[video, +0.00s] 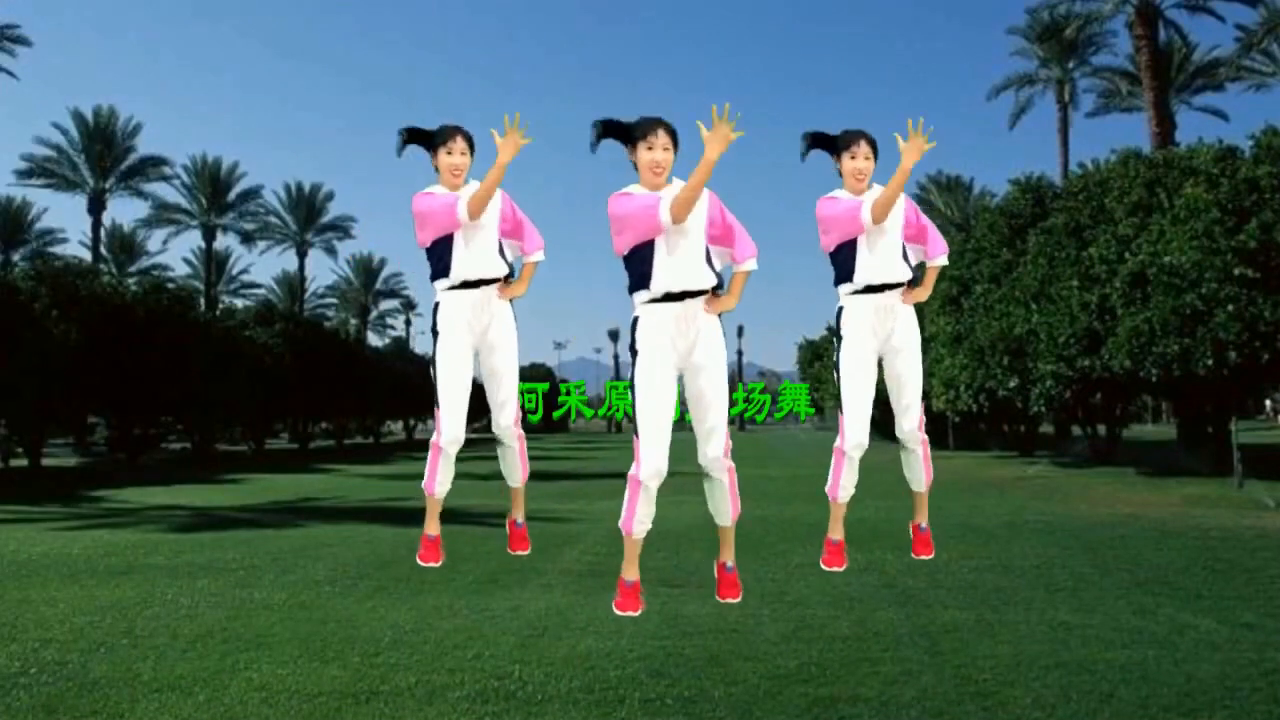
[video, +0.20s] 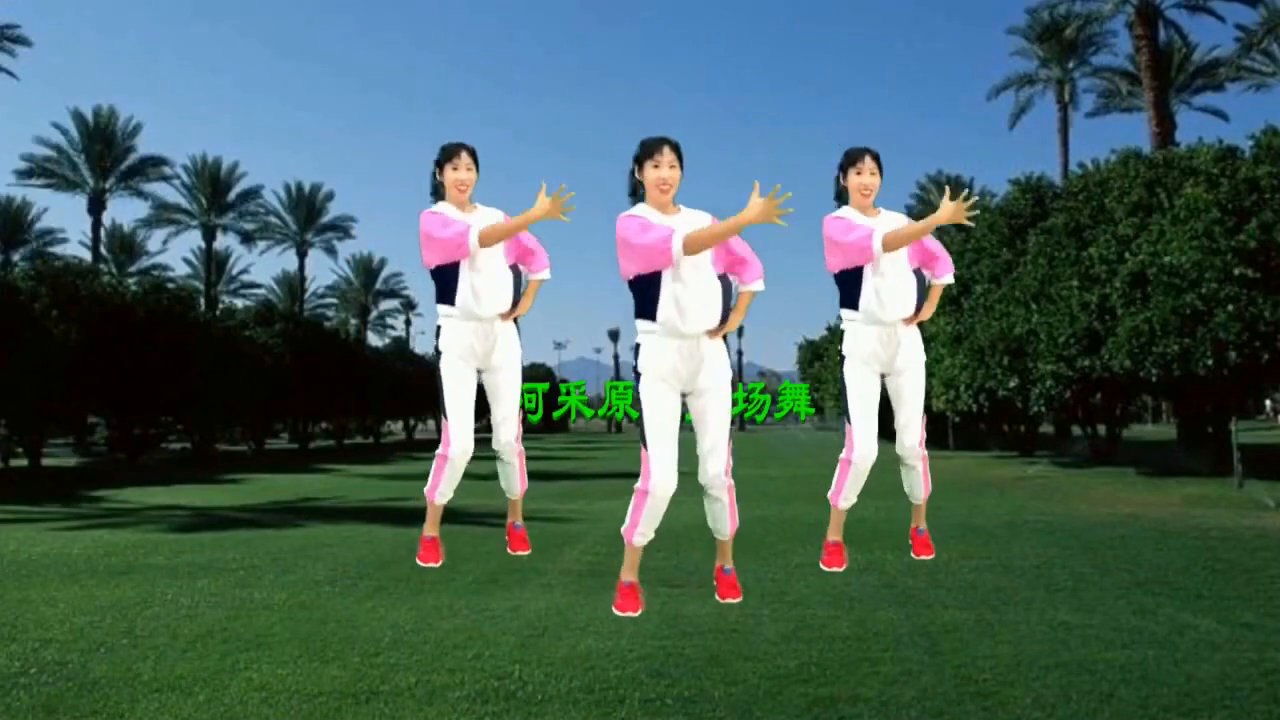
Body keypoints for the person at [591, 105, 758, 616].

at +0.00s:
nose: (658, 156)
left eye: (666, 149)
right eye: (649, 148)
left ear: (677, 157)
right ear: (632, 155)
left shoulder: (701, 199)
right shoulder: (622, 203)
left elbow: (743, 249)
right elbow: (676, 212)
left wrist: (731, 296)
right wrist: (710, 158)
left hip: (704, 320)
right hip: (655, 324)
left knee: (715, 451)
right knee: (652, 459)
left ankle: (726, 560)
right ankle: (630, 573)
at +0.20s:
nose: (665, 173)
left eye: (672, 166)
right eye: (655, 166)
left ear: (681, 174)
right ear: (639, 174)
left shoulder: (704, 221)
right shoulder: (630, 224)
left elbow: (752, 272)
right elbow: (683, 244)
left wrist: (730, 324)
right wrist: (745, 219)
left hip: (709, 353)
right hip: (658, 355)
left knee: (715, 471)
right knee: (660, 477)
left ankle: (725, 566)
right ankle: (629, 577)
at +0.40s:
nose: (660, 138)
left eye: (668, 130)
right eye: (651, 130)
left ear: (680, 137)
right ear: (636, 137)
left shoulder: (705, 189)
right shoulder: (624, 183)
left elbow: (739, 248)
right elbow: (645, 242)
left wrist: (717, 285)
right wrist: (701, 279)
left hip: (688, 314)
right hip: (638, 312)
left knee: (696, 449)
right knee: (631, 444)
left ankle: (688, 501)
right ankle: (620, 562)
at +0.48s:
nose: (657, 152)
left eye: (666, 144)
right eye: (649, 144)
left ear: (680, 151)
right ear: (634, 151)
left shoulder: (704, 204)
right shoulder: (620, 198)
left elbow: (736, 263)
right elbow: (625, 266)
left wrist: (710, 313)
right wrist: (671, 313)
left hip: (683, 330)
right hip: (632, 326)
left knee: (679, 462)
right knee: (628, 454)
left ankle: (667, 467)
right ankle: (621, 571)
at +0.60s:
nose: (654, 183)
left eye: (661, 175)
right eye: (644, 176)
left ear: (674, 183)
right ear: (633, 185)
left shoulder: (699, 239)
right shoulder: (620, 243)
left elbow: (728, 305)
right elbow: (581, 308)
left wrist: (705, 351)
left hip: (674, 364)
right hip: (625, 359)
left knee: (663, 489)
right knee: (624, 475)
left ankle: (627, 463)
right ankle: (621, 575)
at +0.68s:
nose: (655, 179)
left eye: (663, 172)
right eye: (646, 172)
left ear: (675, 181)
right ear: (634, 183)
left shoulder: (700, 236)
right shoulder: (621, 241)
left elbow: (730, 298)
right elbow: (565, 293)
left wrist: (705, 347)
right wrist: (585, 350)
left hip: (675, 363)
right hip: (626, 360)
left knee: (668, 487)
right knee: (626, 478)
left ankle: (631, 452)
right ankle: (621, 578)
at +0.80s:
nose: (662, 151)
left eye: (670, 144)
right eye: (653, 144)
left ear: (682, 153)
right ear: (640, 153)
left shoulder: (704, 209)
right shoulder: (619, 207)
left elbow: (740, 262)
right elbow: (562, 243)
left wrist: (714, 313)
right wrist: (596, 302)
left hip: (689, 339)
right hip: (637, 338)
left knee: (688, 462)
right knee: (637, 464)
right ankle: (623, 574)